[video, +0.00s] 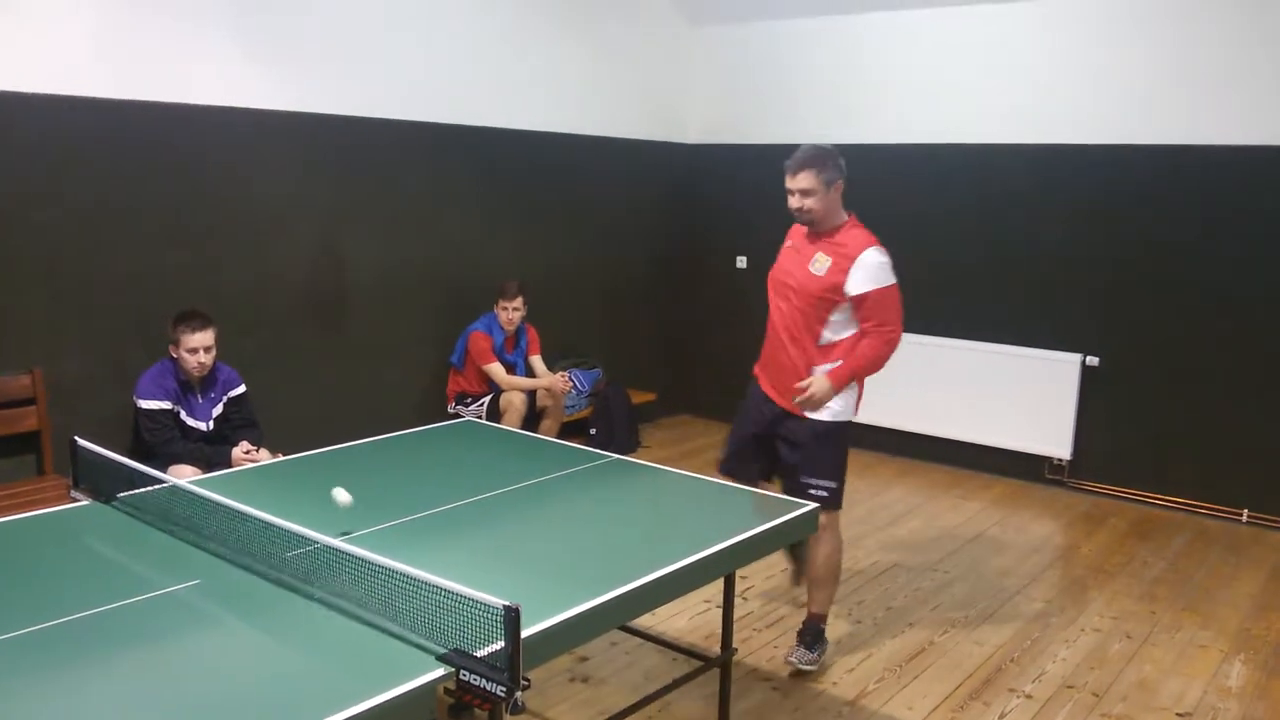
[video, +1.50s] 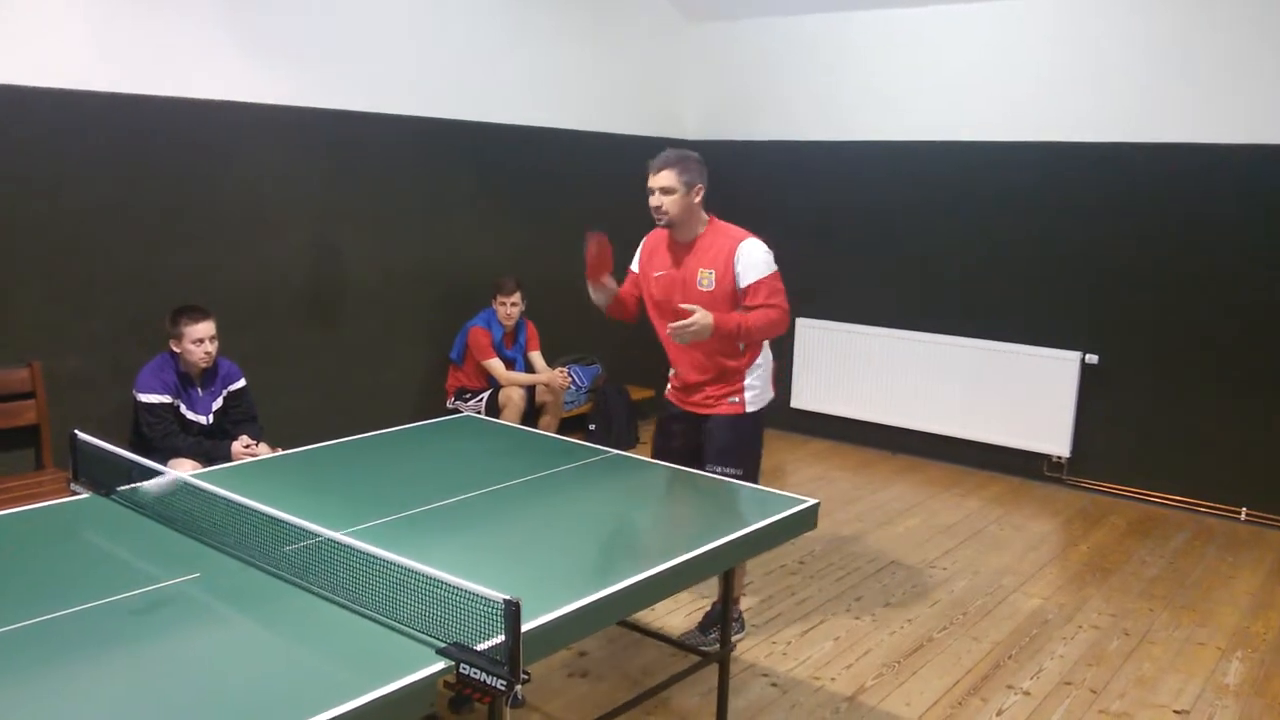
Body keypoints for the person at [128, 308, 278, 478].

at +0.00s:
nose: (202, 359)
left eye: (208, 350)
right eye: (192, 352)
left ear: (215, 348)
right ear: (174, 351)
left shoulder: (228, 378)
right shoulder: (152, 386)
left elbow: (245, 425)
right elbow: (165, 448)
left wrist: (245, 443)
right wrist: (227, 456)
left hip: (220, 453)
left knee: (264, 459)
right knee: (188, 475)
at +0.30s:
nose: (195, 359)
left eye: (202, 350)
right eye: (186, 351)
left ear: (209, 348)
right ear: (167, 350)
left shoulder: (221, 378)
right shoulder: (146, 385)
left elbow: (238, 424)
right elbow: (157, 447)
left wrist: (240, 443)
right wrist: (220, 456)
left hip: (212, 454)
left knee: (258, 459)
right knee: (182, 475)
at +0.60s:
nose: (196, 360)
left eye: (202, 351)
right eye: (187, 352)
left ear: (210, 349)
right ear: (168, 351)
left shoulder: (222, 379)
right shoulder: (146, 386)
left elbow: (237, 425)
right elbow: (158, 448)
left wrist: (239, 444)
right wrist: (220, 457)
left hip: (213, 454)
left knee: (258, 460)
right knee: (182, 476)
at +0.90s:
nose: (201, 355)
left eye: (204, 346)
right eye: (190, 349)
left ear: (209, 345)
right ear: (167, 352)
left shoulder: (218, 378)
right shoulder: (144, 386)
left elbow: (236, 428)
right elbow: (155, 448)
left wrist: (239, 447)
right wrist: (218, 457)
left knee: (254, 460)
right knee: (179, 476)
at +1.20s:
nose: (204, 350)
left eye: (207, 341)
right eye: (193, 344)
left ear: (212, 341)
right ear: (170, 347)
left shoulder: (223, 373)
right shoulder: (147, 382)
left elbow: (239, 421)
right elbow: (159, 443)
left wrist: (240, 439)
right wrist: (222, 452)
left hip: (212, 448)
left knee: (259, 455)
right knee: (183, 471)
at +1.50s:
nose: (208, 350)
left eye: (212, 340)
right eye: (198, 343)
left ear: (218, 340)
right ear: (176, 345)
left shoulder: (228, 372)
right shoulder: (152, 381)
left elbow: (245, 420)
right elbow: (166, 442)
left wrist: (245, 438)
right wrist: (227, 451)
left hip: (218, 451)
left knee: (264, 454)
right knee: (187, 470)